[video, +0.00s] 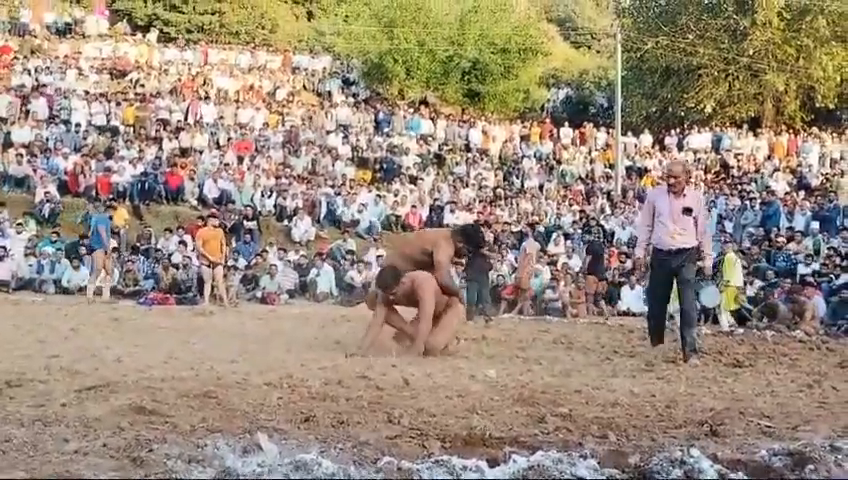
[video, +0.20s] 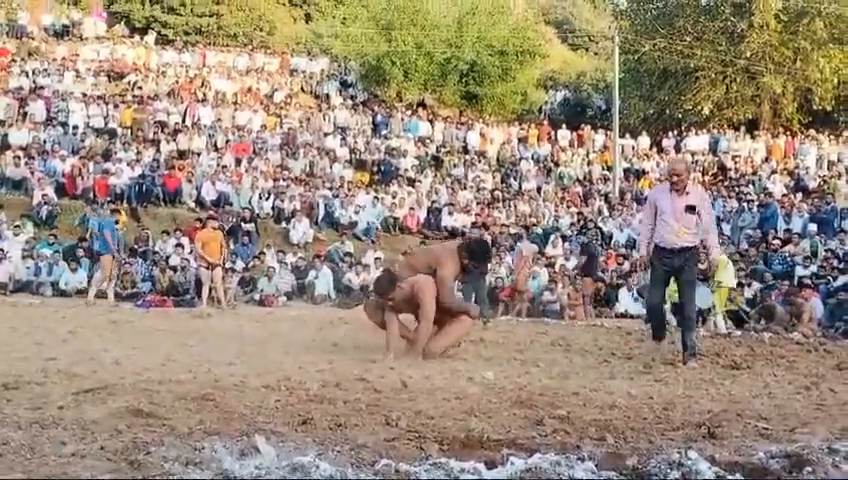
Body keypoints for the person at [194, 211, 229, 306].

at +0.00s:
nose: (216, 221)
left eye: (217, 218)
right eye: (214, 218)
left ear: (218, 220)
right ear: (208, 219)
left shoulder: (220, 231)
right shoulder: (201, 232)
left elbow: (223, 244)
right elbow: (199, 247)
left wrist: (223, 256)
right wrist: (210, 258)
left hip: (218, 260)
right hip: (206, 260)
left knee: (220, 281)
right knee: (207, 282)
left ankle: (225, 301)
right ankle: (206, 302)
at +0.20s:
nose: (216, 223)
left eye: (216, 220)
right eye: (213, 220)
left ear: (217, 222)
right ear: (208, 222)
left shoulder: (219, 234)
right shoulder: (200, 234)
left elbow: (223, 246)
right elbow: (198, 249)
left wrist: (222, 257)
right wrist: (209, 260)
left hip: (217, 262)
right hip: (204, 262)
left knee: (218, 284)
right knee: (206, 284)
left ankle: (223, 303)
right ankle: (204, 304)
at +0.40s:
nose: (215, 222)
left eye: (215, 219)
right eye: (212, 219)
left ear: (216, 221)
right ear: (207, 221)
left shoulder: (219, 234)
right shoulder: (200, 234)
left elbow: (222, 247)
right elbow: (196, 248)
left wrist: (221, 258)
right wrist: (207, 259)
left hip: (216, 262)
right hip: (203, 262)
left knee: (218, 283)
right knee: (204, 283)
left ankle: (222, 303)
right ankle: (202, 303)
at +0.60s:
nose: (214, 221)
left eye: (214, 218)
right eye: (211, 218)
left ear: (216, 220)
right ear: (206, 220)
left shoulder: (219, 233)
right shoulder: (199, 233)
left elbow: (223, 245)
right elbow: (195, 247)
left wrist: (221, 257)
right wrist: (205, 258)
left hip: (215, 261)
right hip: (203, 261)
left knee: (218, 282)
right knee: (203, 282)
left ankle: (221, 302)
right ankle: (201, 303)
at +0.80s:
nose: (213, 220)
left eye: (214, 218)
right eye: (210, 218)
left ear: (215, 220)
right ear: (205, 219)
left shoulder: (218, 232)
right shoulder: (198, 232)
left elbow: (222, 244)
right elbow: (193, 246)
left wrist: (220, 255)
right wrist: (200, 255)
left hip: (213, 260)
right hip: (201, 260)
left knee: (217, 281)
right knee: (200, 281)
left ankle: (219, 301)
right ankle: (199, 301)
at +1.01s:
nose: (210, 221)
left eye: (211, 219)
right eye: (207, 219)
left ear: (213, 220)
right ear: (203, 220)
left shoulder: (217, 232)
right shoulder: (195, 233)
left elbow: (221, 244)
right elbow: (191, 246)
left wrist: (218, 252)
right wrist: (197, 255)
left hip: (212, 259)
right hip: (199, 259)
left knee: (219, 276)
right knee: (193, 277)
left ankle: (219, 299)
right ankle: (196, 299)